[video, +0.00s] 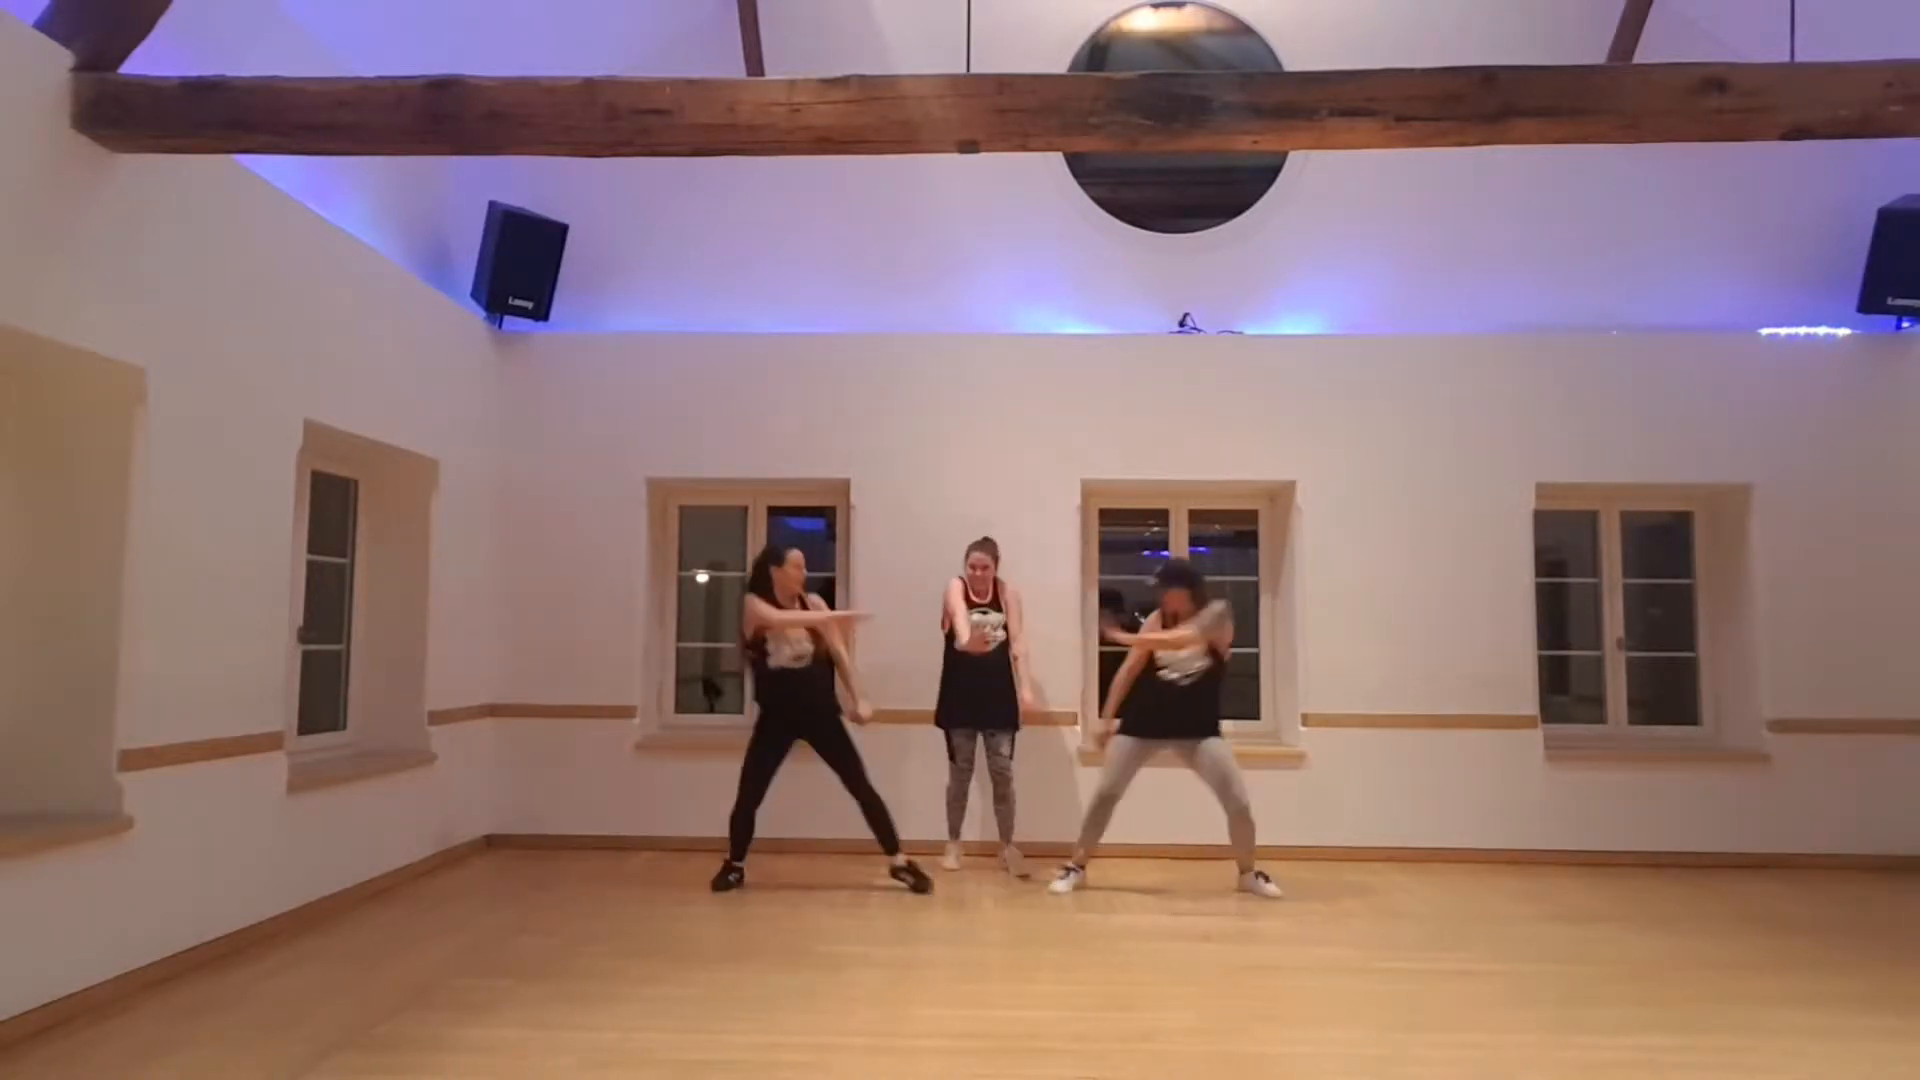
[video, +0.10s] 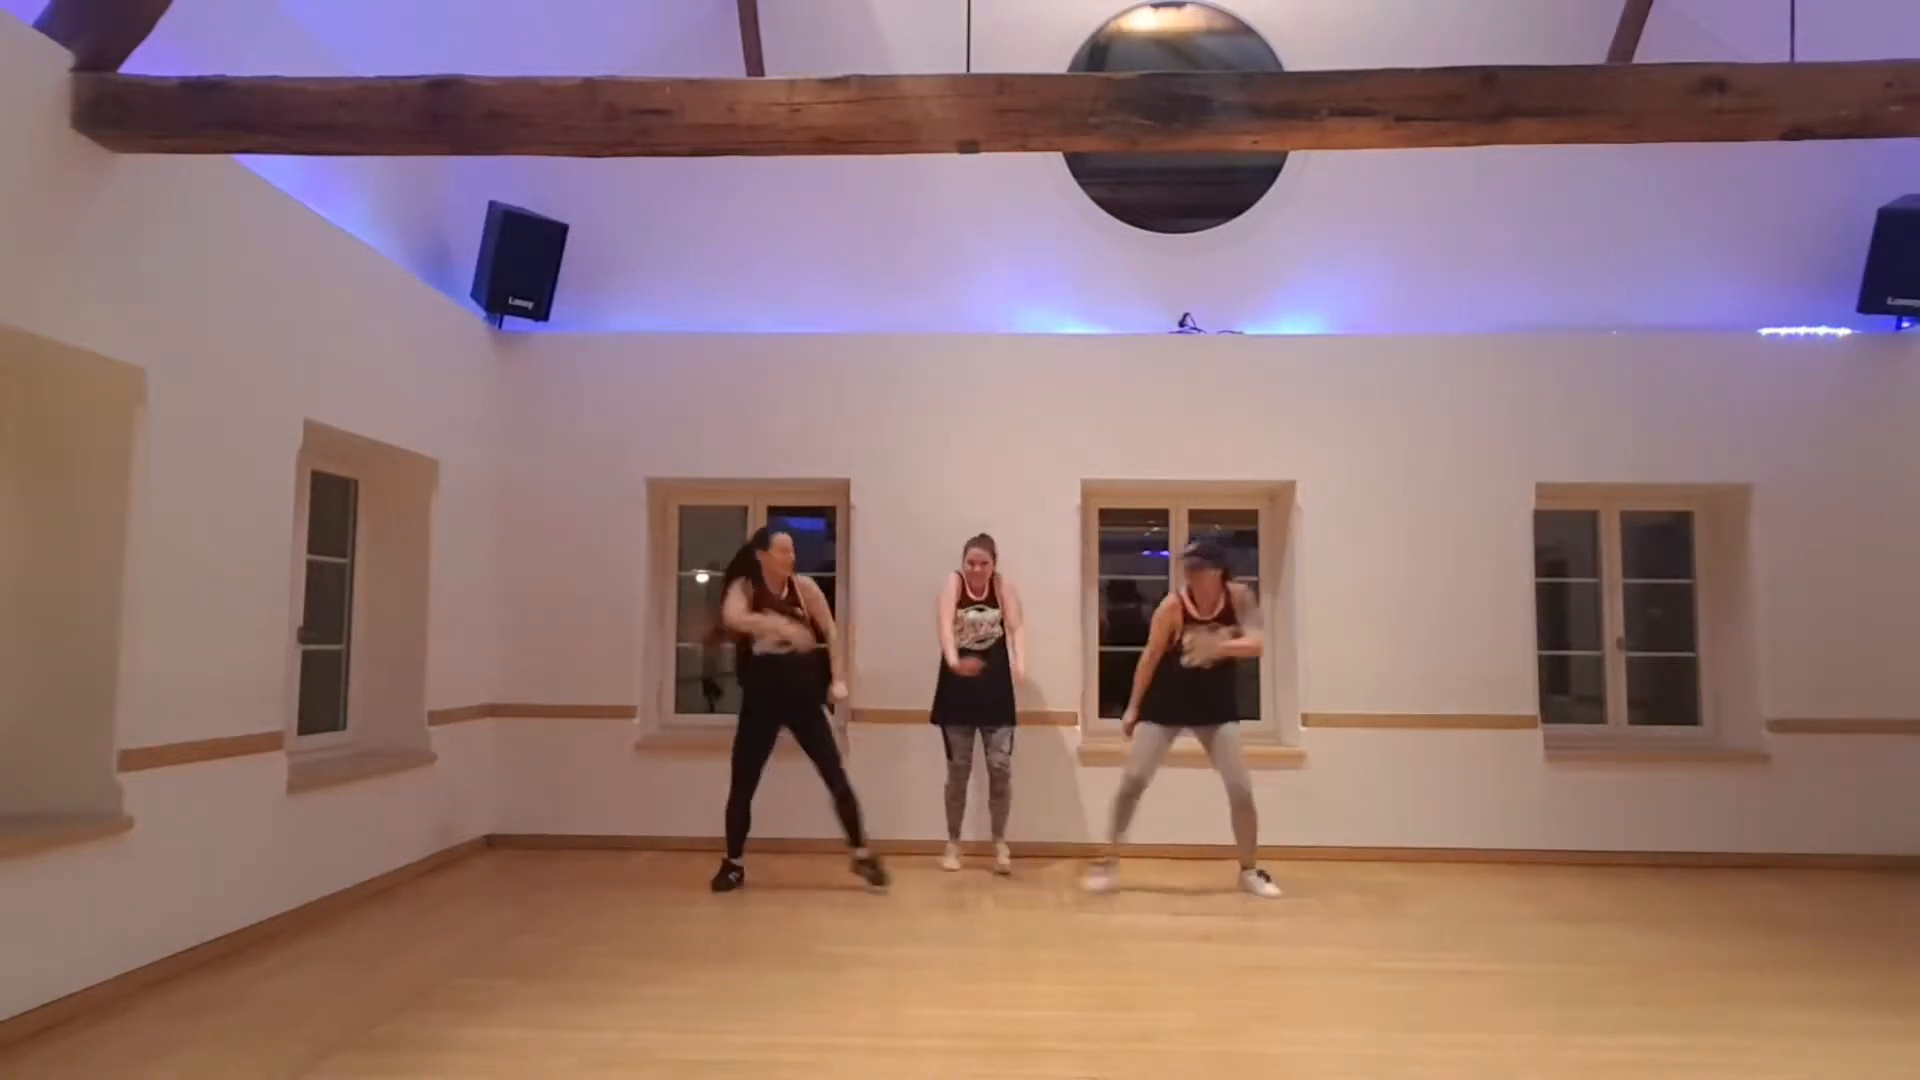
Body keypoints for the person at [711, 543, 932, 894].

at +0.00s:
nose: (803, 575)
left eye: (804, 568)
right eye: (797, 568)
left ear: (801, 572)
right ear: (774, 571)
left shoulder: (815, 604)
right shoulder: (753, 603)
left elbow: (838, 651)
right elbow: (775, 620)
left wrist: (858, 698)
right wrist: (832, 618)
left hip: (820, 714)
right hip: (777, 717)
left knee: (860, 786)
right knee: (748, 797)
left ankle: (898, 861)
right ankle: (734, 865)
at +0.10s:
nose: (791, 557)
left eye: (792, 550)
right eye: (783, 551)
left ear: (792, 554)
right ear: (762, 555)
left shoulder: (806, 587)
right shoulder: (744, 587)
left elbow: (832, 634)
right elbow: (734, 616)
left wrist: (839, 679)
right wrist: (780, 627)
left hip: (803, 697)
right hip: (761, 697)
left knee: (835, 776)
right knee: (742, 784)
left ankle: (861, 852)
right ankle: (733, 863)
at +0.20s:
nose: (766, 547)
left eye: (773, 541)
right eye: (760, 541)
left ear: (784, 549)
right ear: (749, 548)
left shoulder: (801, 586)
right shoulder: (733, 588)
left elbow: (822, 630)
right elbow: (703, 629)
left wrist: (825, 667)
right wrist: (738, 650)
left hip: (790, 695)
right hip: (749, 695)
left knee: (811, 774)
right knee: (737, 783)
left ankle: (815, 853)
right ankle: (731, 862)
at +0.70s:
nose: (718, 548)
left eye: (724, 542)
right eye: (711, 541)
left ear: (732, 548)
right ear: (697, 546)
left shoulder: (750, 581)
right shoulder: (685, 586)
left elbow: (768, 631)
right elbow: (678, 634)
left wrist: (776, 680)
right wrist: (726, 626)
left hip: (744, 690)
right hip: (701, 690)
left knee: (757, 776)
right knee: (684, 770)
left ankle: (769, 858)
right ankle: (684, 850)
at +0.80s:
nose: (698, 556)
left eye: (703, 549)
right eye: (690, 549)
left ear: (710, 554)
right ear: (671, 554)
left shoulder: (728, 584)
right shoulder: (662, 594)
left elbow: (755, 624)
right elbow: (691, 626)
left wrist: (773, 672)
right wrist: (734, 610)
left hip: (739, 695)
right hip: (695, 697)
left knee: (755, 776)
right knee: (661, 771)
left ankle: (770, 859)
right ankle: (636, 853)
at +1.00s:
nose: (665, 590)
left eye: (668, 584)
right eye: (657, 584)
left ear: (673, 590)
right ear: (634, 590)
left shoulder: (686, 621)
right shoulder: (620, 628)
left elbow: (723, 659)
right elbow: (644, 641)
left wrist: (756, 691)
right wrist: (706, 629)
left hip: (705, 730)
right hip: (660, 734)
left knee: (739, 799)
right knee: (617, 800)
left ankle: (764, 865)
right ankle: (602, 865)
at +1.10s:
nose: (653, 580)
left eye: (654, 574)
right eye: (645, 574)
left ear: (655, 579)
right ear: (623, 580)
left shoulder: (672, 615)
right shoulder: (606, 620)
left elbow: (706, 654)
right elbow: (623, 644)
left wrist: (732, 693)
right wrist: (676, 639)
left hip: (686, 721)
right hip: (642, 726)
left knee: (721, 792)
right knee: (609, 798)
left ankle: (759, 862)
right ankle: (602, 865)